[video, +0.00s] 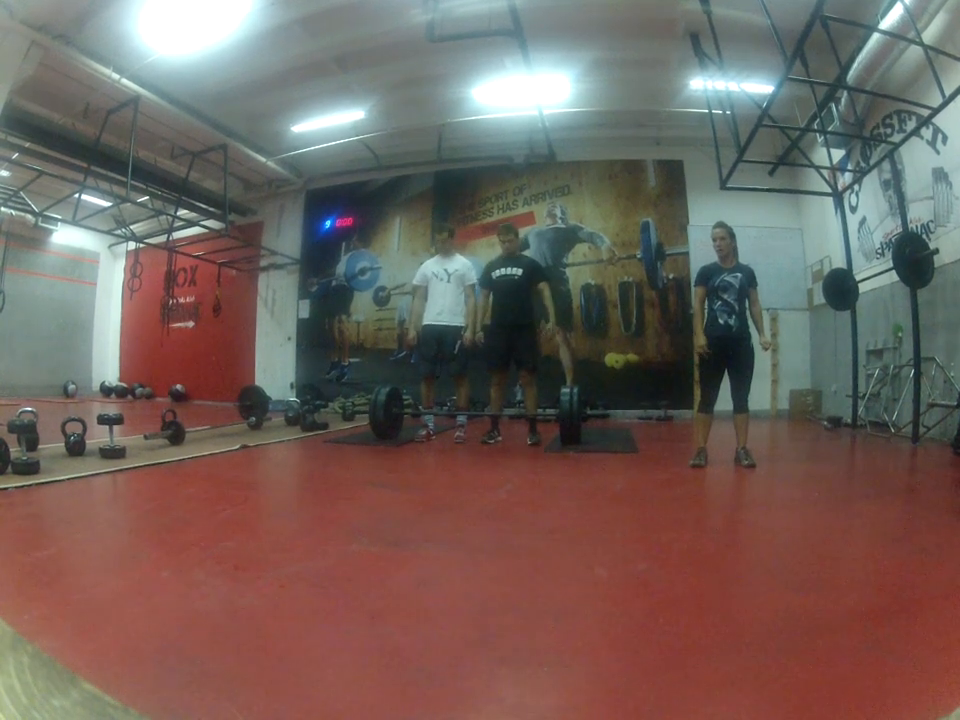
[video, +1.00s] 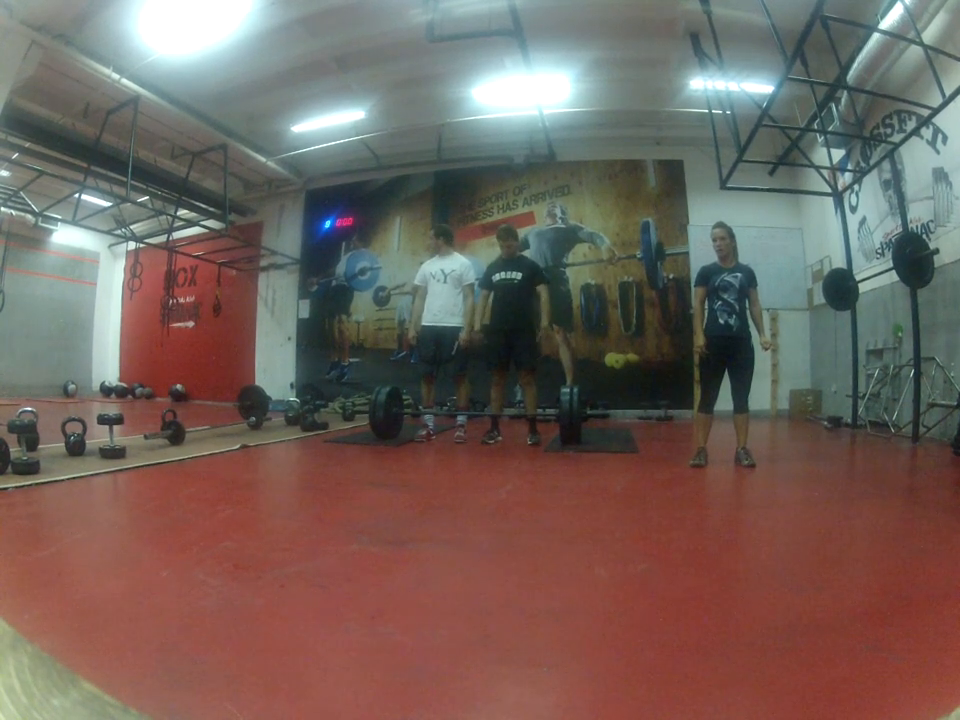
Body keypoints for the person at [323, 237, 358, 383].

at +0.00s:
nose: (353, 243)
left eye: (355, 241)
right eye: (353, 241)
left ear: (359, 242)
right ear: (351, 242)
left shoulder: (358, 257)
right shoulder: (345, 257)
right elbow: (337, 274)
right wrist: (320, 280)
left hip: (345, 289)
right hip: (334, 289)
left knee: (342, 326)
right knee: (332, 326)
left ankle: (345, 363)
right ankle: (335, 362)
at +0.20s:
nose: (353, 244)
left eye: (355, 241)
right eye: (352, 241)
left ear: (358, 242)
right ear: (350, 242)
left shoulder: (359, 257)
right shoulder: (345, 257)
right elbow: (337, 275)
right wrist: (319, 281)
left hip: (345, 289)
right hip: (334, 289)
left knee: (342, 326)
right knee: (332, 326)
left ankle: (345, 363)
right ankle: (335, 361)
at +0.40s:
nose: (353, 243)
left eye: (355, 240)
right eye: (352, 240)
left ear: (359, 242)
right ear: (351, 242)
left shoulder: (359, 256)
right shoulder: (346, 257)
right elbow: (336, 272)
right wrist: (319, 279)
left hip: (345, 288)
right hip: (334, 288)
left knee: (342, 326)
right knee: (332, 326)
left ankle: (345, 363)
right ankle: (335, 362)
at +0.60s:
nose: (353, 243)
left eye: (355, 240)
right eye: (353, 240)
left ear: (360, 242)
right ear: (352, 241)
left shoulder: (360, 256)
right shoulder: (346, 256)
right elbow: (336, 272)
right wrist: (320, 278)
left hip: (345, 288)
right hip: (334, 288)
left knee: (342, 325)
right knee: (332, 326)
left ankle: (345, 363)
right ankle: (335, 362)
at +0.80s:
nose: (353, 243)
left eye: (355, 241)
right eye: (352, 241)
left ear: (358, 242)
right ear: (350, 242)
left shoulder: (359, 256)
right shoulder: (345, 257)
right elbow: (336, 272)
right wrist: (319, 279)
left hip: (345, 288)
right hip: (334, 288)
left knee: (342, 326)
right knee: (332, 327)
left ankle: (345, 362)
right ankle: (335, 361)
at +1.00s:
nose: (353, 244)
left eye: (355, 241)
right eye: (352, 241)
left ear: (358, 242)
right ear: (350, 242)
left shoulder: (360, 256)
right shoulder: (346, 257)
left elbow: (363, 272)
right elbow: (336, 273)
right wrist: (319, 279)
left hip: (345, 289)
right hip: (334, 288)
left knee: (342, 326)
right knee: (332, 326)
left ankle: (345, 363)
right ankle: (335, 361)